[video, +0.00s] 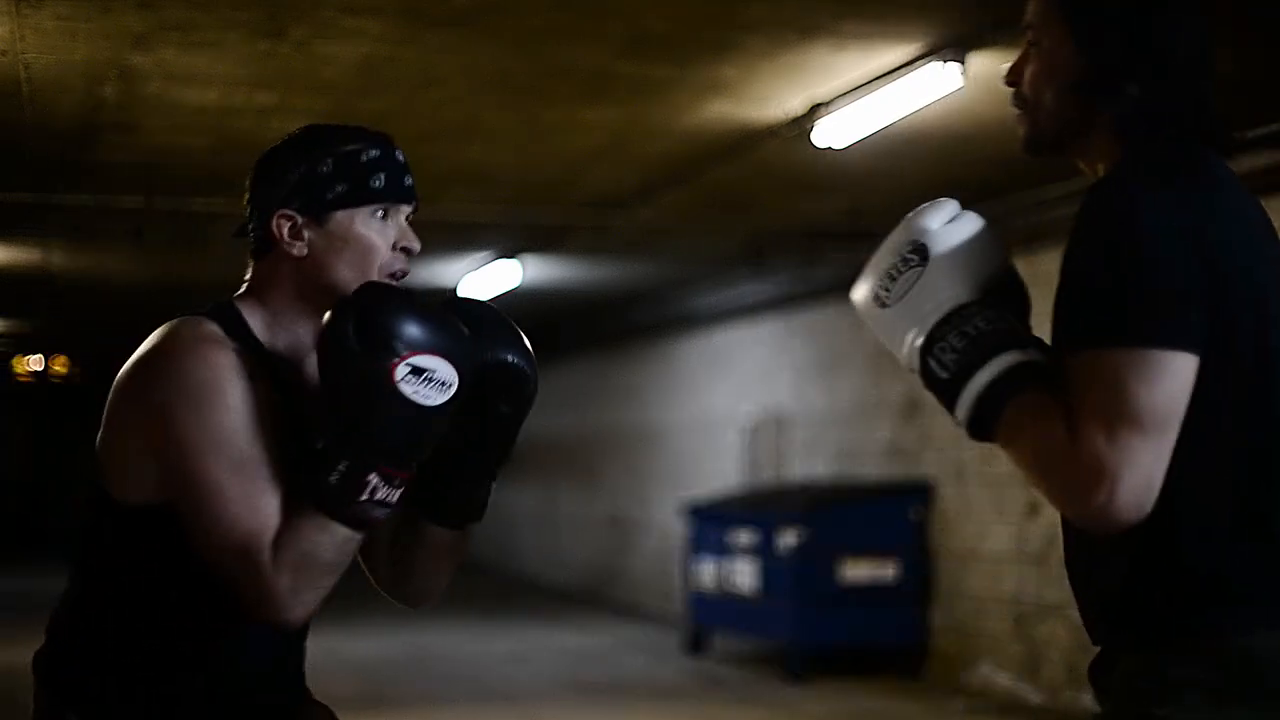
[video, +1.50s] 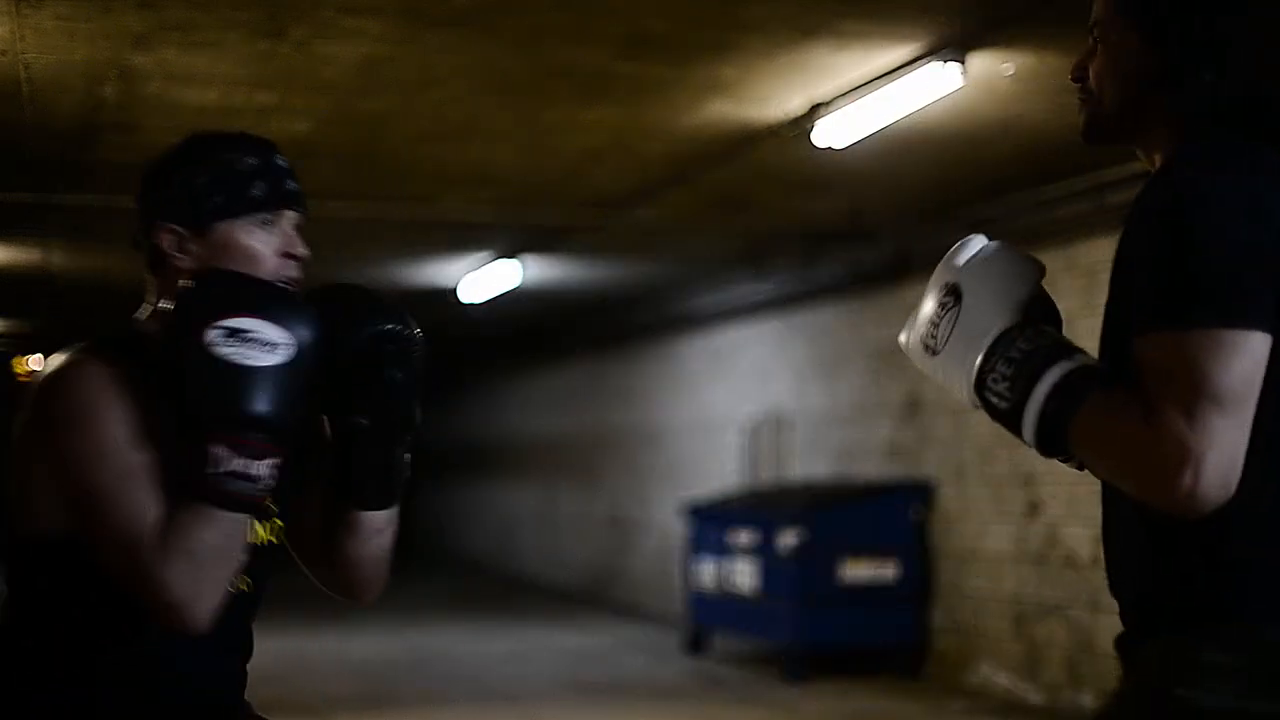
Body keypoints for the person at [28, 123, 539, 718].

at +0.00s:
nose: (412, 245)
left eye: (407, 219)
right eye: (383, 216)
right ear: (292, 232)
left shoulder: (333, 369)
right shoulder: (191, 364)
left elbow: (412, 581)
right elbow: (279, 594)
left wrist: (472, 446)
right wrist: (372, 447)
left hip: (259, 692)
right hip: (137, 698)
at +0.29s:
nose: (337, 289)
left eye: (332, 263)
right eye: (310, 262)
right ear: (219, 275)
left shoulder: (243, 401)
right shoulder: (115, 404)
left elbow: (320, 613)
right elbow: (206, 630)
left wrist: (378, 463)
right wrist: (291, 475)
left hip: (200, 706)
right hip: (96, 712)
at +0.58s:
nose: (234, 346)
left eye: (240, 314)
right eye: (200, 320)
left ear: (252, 312)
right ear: (130, 336)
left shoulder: (280, 430)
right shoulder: (56, 468)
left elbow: (394, 633)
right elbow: (76, 697)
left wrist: (344, 471)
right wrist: (123, 538)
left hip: (264, 713)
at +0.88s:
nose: (393, 271)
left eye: (386, 246)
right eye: (370, 243)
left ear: (286, 260)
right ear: (288, 256)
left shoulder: (268, 342)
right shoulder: (286, 333)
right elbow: (467, 358)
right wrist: (565, 257)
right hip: (196, 709)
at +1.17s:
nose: (299, 285)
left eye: (298, 262)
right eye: (269, 258)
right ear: (183, 271)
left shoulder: (253, 416)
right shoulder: (75, 421)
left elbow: (294, 616)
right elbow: (32, 638)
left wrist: (348, 507)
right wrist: (172, 566)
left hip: (203, 710)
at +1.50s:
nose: (298, 249)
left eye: (296, 227)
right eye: (266, 224)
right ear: (180, 246)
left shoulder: (257, 384)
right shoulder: (88, 388)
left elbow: (356, 580)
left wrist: (380, 422)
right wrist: (245, 427)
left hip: (213, 700)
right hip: (91, 709)